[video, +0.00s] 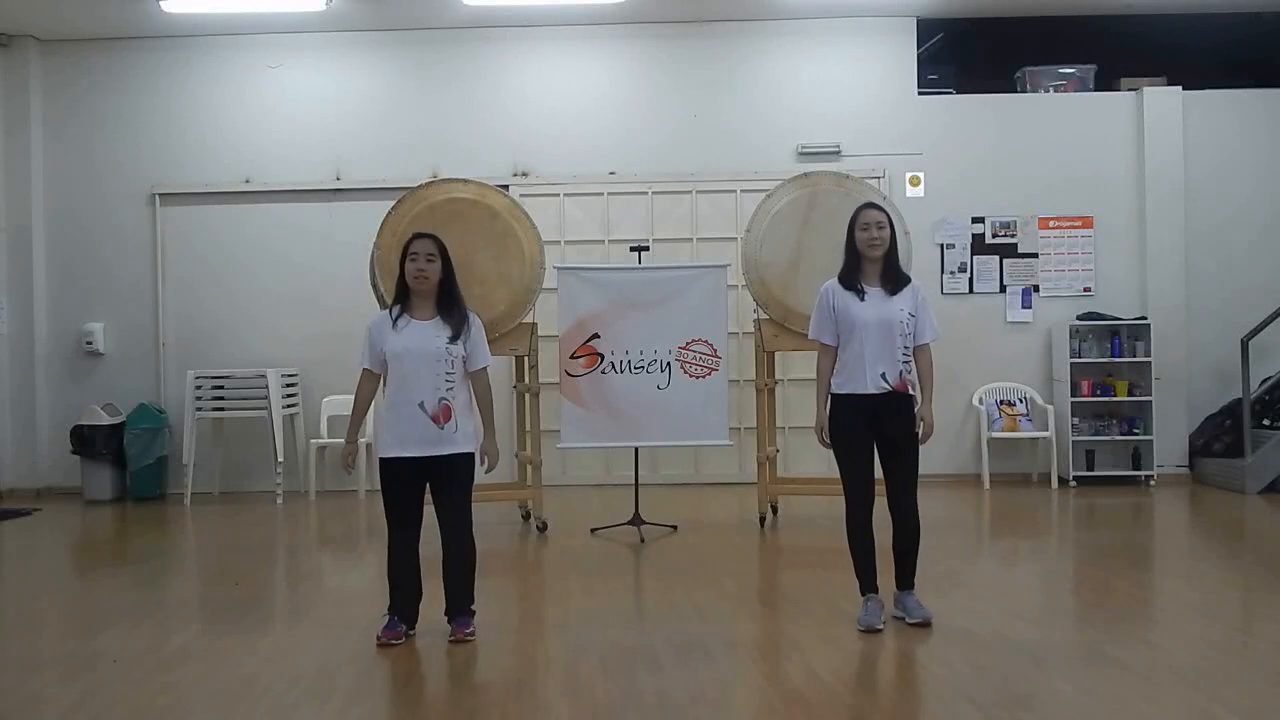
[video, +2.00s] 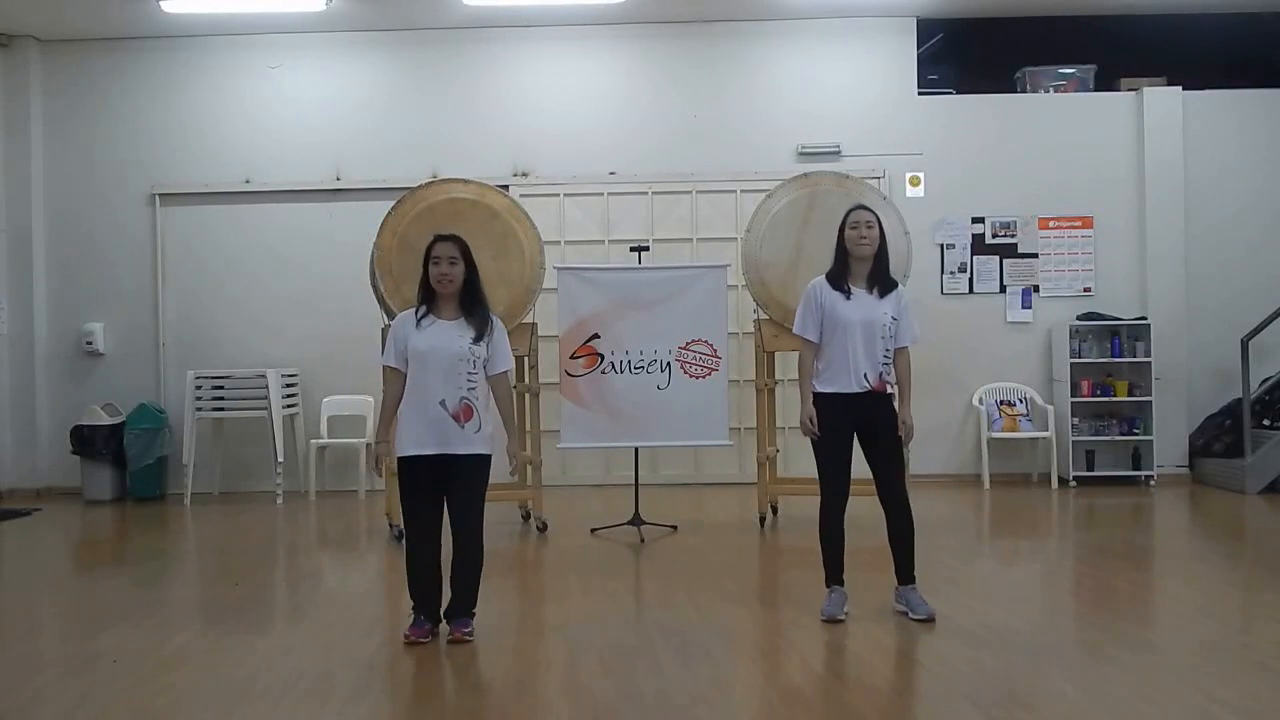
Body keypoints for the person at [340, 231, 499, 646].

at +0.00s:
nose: (421, 265)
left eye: (430, 259)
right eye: (413, 258)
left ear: (444, 269)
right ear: (403, 268)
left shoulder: (465, 323)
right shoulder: (383, 325)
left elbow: (479, 378)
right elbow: (369, 379)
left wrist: (489, 433)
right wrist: (351, 437)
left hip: (454, 449)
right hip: (399, 451)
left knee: (457, 535)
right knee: (402, 537)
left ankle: (461, 615)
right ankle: (401, 616)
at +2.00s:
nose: (443, 269)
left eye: (453, 262)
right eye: (436, 262)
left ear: (467, 270)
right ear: (426, 270)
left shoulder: (487, 326)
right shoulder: (404, 324)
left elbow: (501, 386)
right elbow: (393, 385)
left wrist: (514, 439)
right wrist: (381, 437)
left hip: (471, 449)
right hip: (416, 449)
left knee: (467, 535)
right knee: (421, 537)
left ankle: (461, 615)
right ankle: (424, 615)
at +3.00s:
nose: (431, 273)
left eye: (442, 267)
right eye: (426, 265)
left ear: (458, 277)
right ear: (418, 273)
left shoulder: (476, 330)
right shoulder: (399, 326)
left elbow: (497, 381)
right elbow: (390, 377)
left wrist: (506, 412)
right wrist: (351, 412)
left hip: (460, 450)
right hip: (409, 450)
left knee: (458, 532)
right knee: (403, 529)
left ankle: (460, 614)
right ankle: (425, 596)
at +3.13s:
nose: (425, 268)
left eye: (437, 262)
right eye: (421, 260)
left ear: (453, 274)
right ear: (413, 268)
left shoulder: (467, 324)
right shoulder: (394, 321)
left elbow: (479, 381)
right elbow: (371, 370)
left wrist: (462, 369)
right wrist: (324, 368)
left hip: (453, 448)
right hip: (402, 446)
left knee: (455, 535)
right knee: (385, 524)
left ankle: (459, 616)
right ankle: (401, 592)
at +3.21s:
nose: (419, 262)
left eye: (431, 258)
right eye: (414, 255)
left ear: (447, 270)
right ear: (406, 264)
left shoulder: (457, 319)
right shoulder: (384, 318)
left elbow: (454, 371)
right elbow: (359, 368)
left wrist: (417, 340)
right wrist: (339, 344)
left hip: (445, 445)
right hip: (392, 444)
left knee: (452, 531)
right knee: (375, 529)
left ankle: (459, 616)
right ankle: (370, 611)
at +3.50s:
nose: (390, 263)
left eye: (399, 258)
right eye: (382, 257)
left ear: (413, 272)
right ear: (371, 271)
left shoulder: (428, 321)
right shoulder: (352, 322)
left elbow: (447, 368)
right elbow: (310, 361)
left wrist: (430, 359)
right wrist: (284, 355)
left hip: (411, 448)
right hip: (357, 449)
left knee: (425, 533)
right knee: (356, 537)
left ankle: (452, 614)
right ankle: (360, 619)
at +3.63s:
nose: (375, 267)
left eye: (382, 261)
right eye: (366, 262)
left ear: (395, 274)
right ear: (354, 277)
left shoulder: (421, 326)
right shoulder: (337, 330)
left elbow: (462, 361)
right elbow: (288, 368)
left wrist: (503, 367)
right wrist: (222, 378)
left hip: (405, 450)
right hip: (351, 452)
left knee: (406, 532)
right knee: (351, 539)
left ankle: (417, 607)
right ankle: (360, 618)